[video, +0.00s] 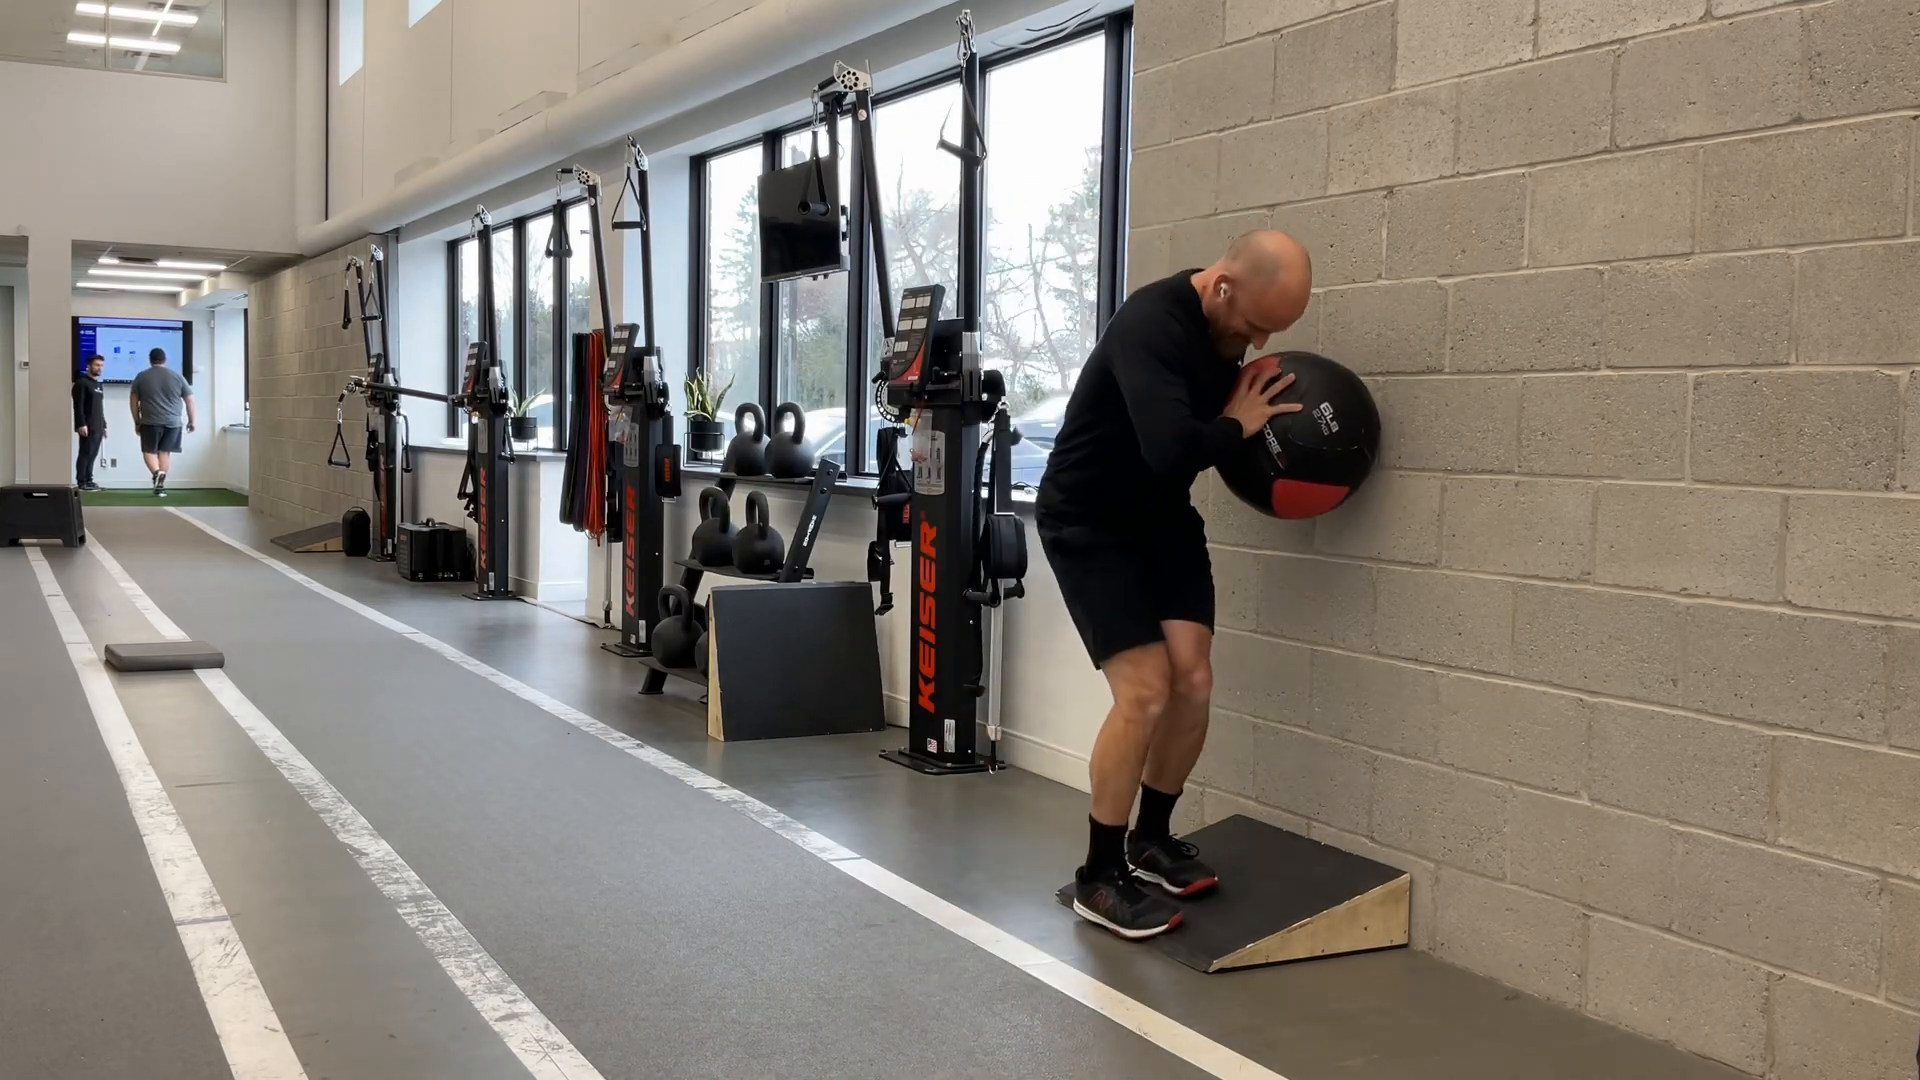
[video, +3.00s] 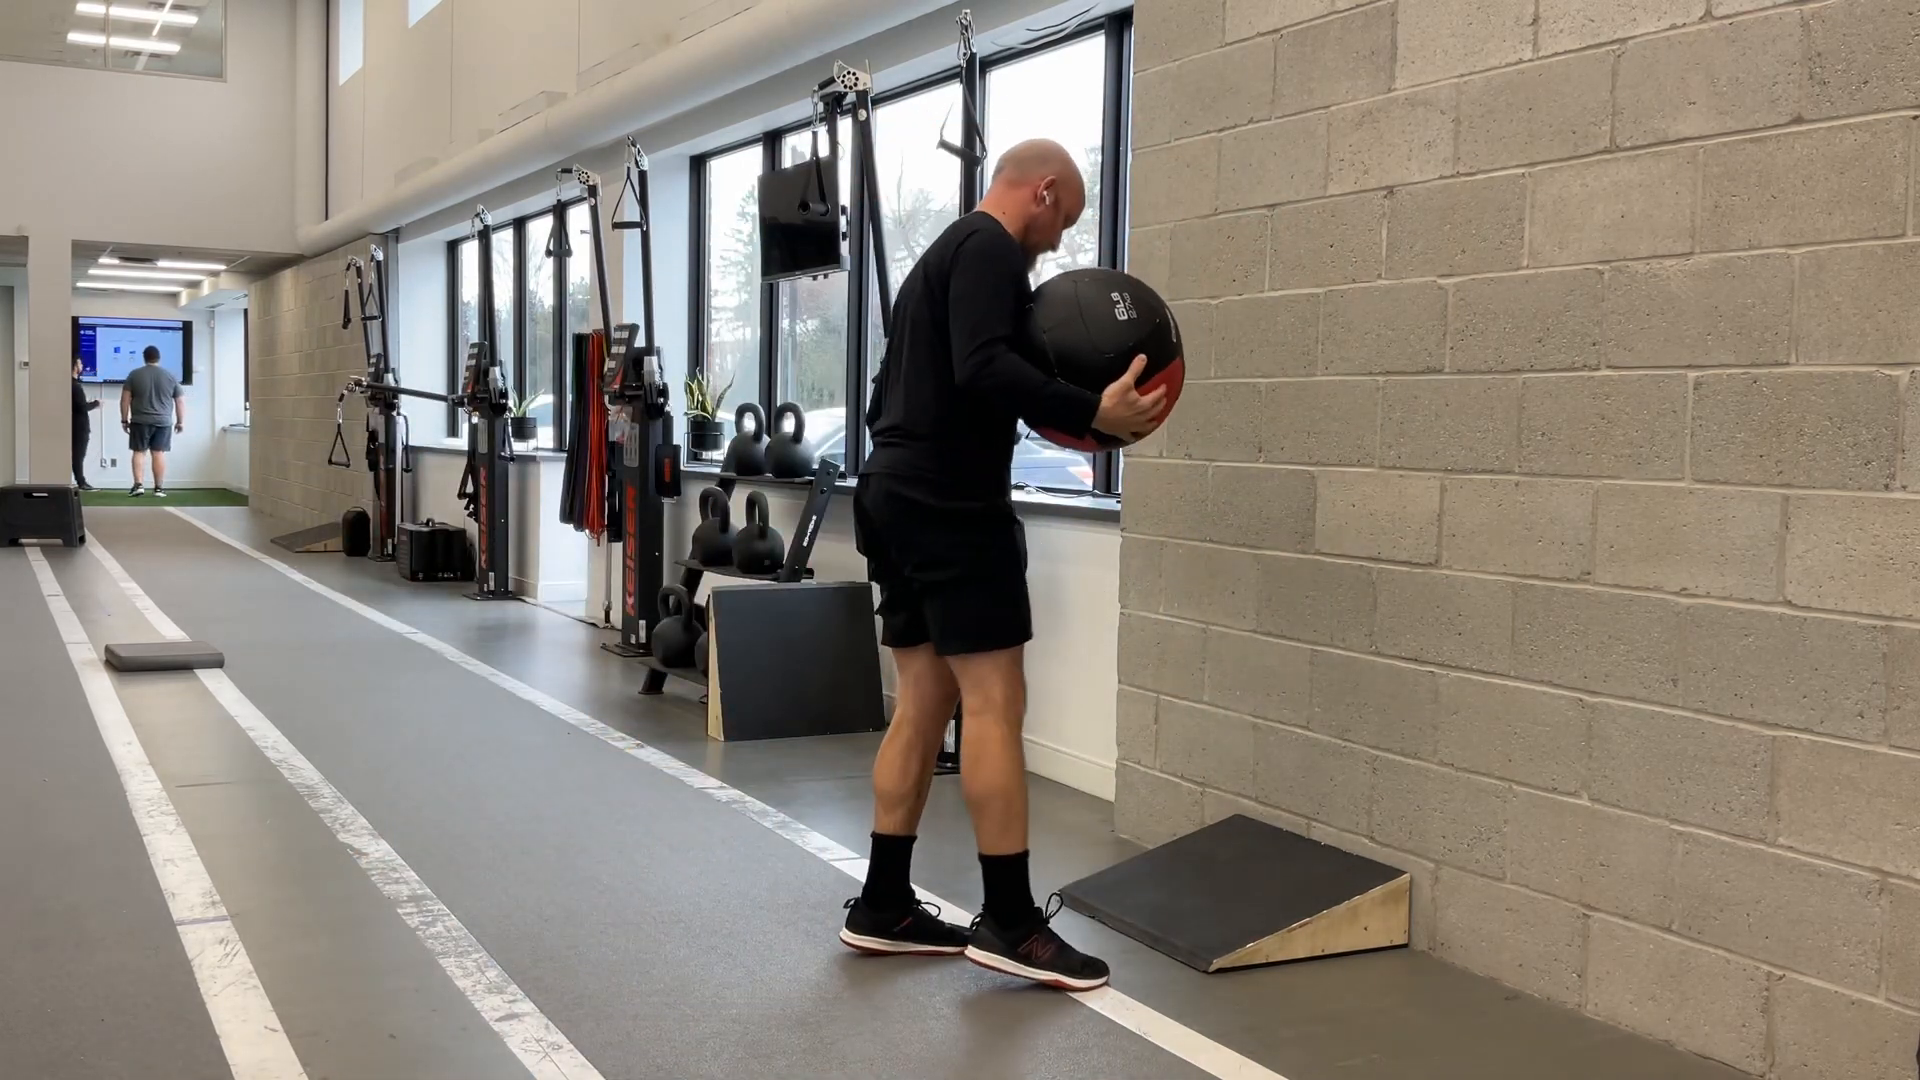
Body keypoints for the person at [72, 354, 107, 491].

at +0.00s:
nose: (99, 368)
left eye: (101, 366)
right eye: (97, 365)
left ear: (102, 367)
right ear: (89, 366)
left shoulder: (98, 385)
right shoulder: (81, 383)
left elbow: (99, 408)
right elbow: (78, 406)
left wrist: (103, 424)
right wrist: (81, 424)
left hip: (98, 425)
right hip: (88, 425)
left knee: (92, 454)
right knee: (85, 454)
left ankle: (89, 479)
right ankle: (82, 481)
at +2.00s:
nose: (96, 366)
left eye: (97, 363)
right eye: (93, 363)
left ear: (99, 365)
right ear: (86, 365)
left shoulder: (96, 384)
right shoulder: (80, 382)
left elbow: (96, 405)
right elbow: (78, 406)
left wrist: (106, 415)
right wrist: (87, 421)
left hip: (96, 423)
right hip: (86, 424)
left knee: (92, 453)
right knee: (86, 453)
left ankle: (89, 479)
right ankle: (82, 481)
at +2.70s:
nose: (91, 366)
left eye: (90, 363)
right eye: (89, 363)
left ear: (81, 365)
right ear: (84, 365)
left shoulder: (78, 381)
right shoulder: (80, 384)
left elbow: (81, 406)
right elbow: (82, 407)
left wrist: (96, 406)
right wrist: (98, 407)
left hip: (81, 425)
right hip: (82, 426)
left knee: (86, 450)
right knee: (85, 450)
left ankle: (81, 479)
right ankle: (81, 481)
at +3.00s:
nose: (81, 366)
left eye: (81, 363)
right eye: (79, 364)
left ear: (74, 367)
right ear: (74, 367)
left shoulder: (73, 383)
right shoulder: (75, 385)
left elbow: (79, 406)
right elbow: (81, 407)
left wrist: (91, 403)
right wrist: (94, 404)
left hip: (76, 425)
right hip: (79, 426)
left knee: (77, 455)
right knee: (78, 455)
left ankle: (81, 481)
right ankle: (81, 482)